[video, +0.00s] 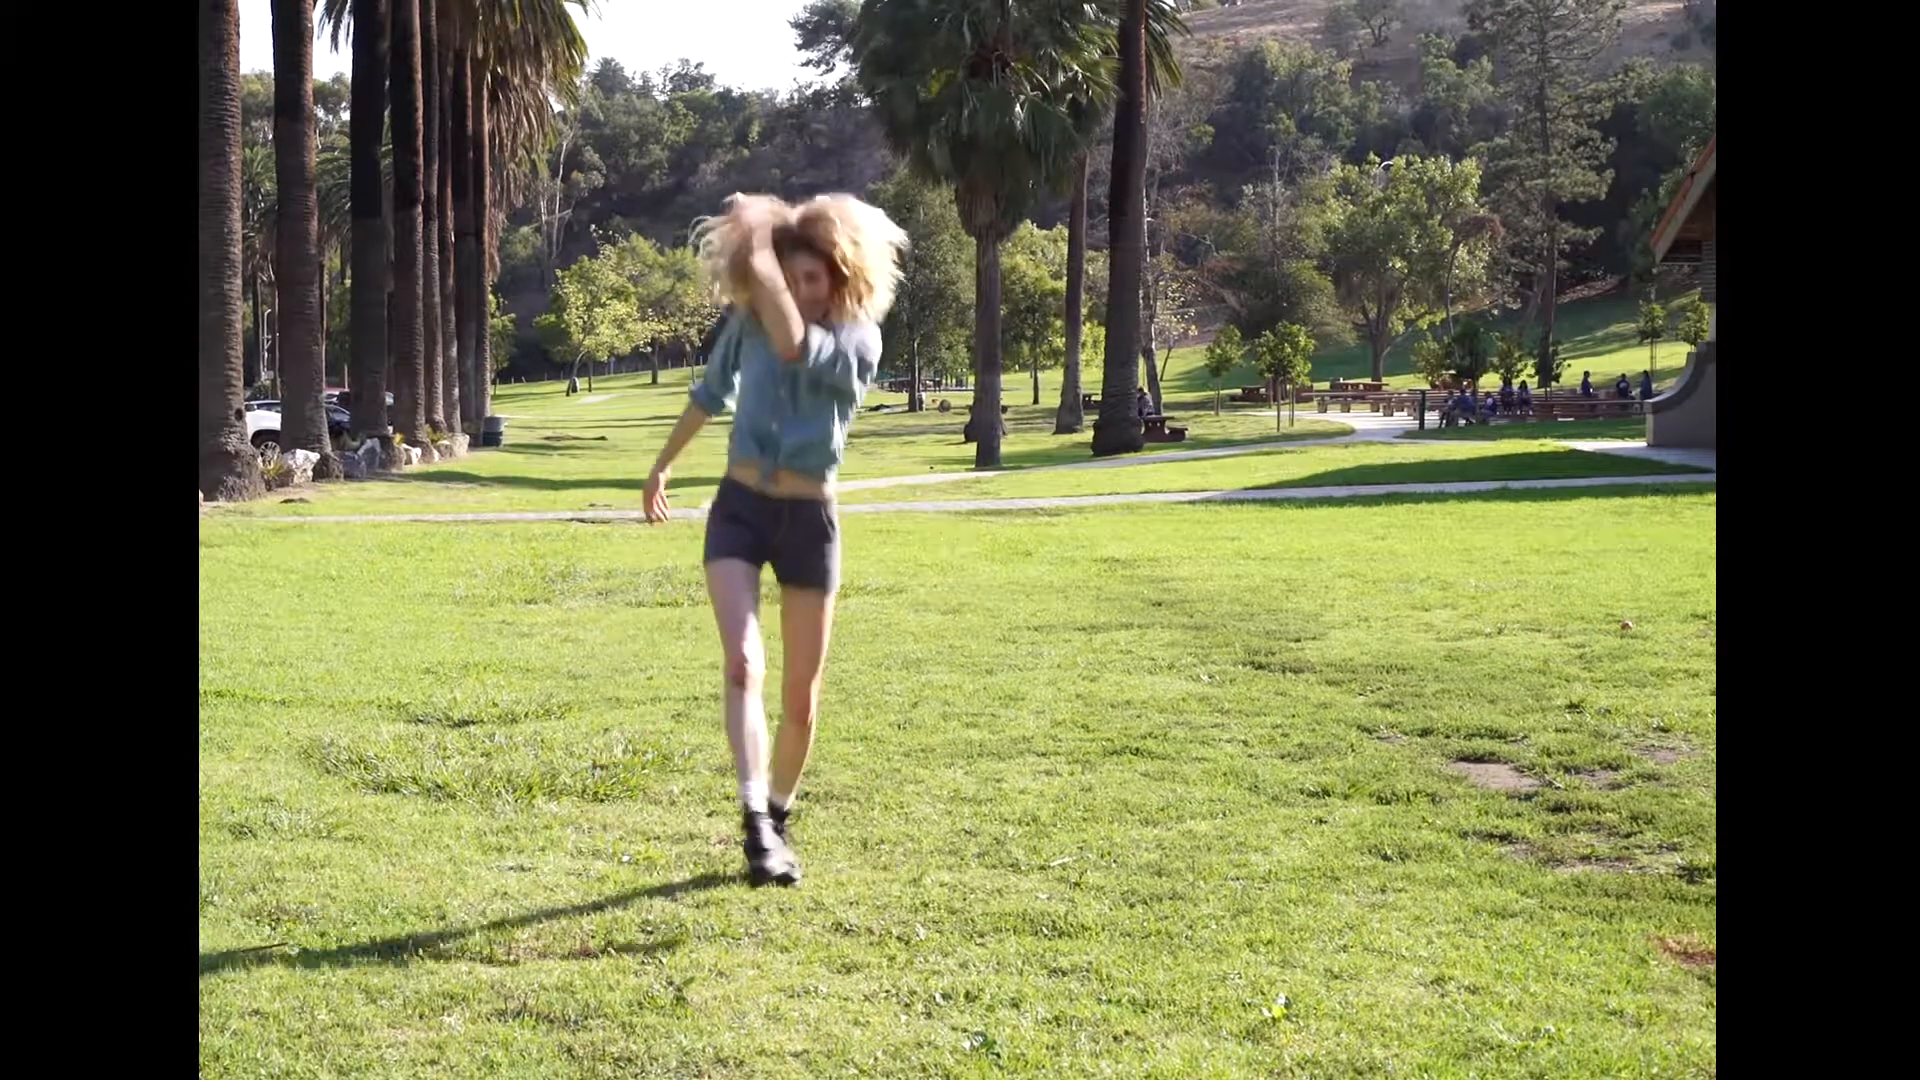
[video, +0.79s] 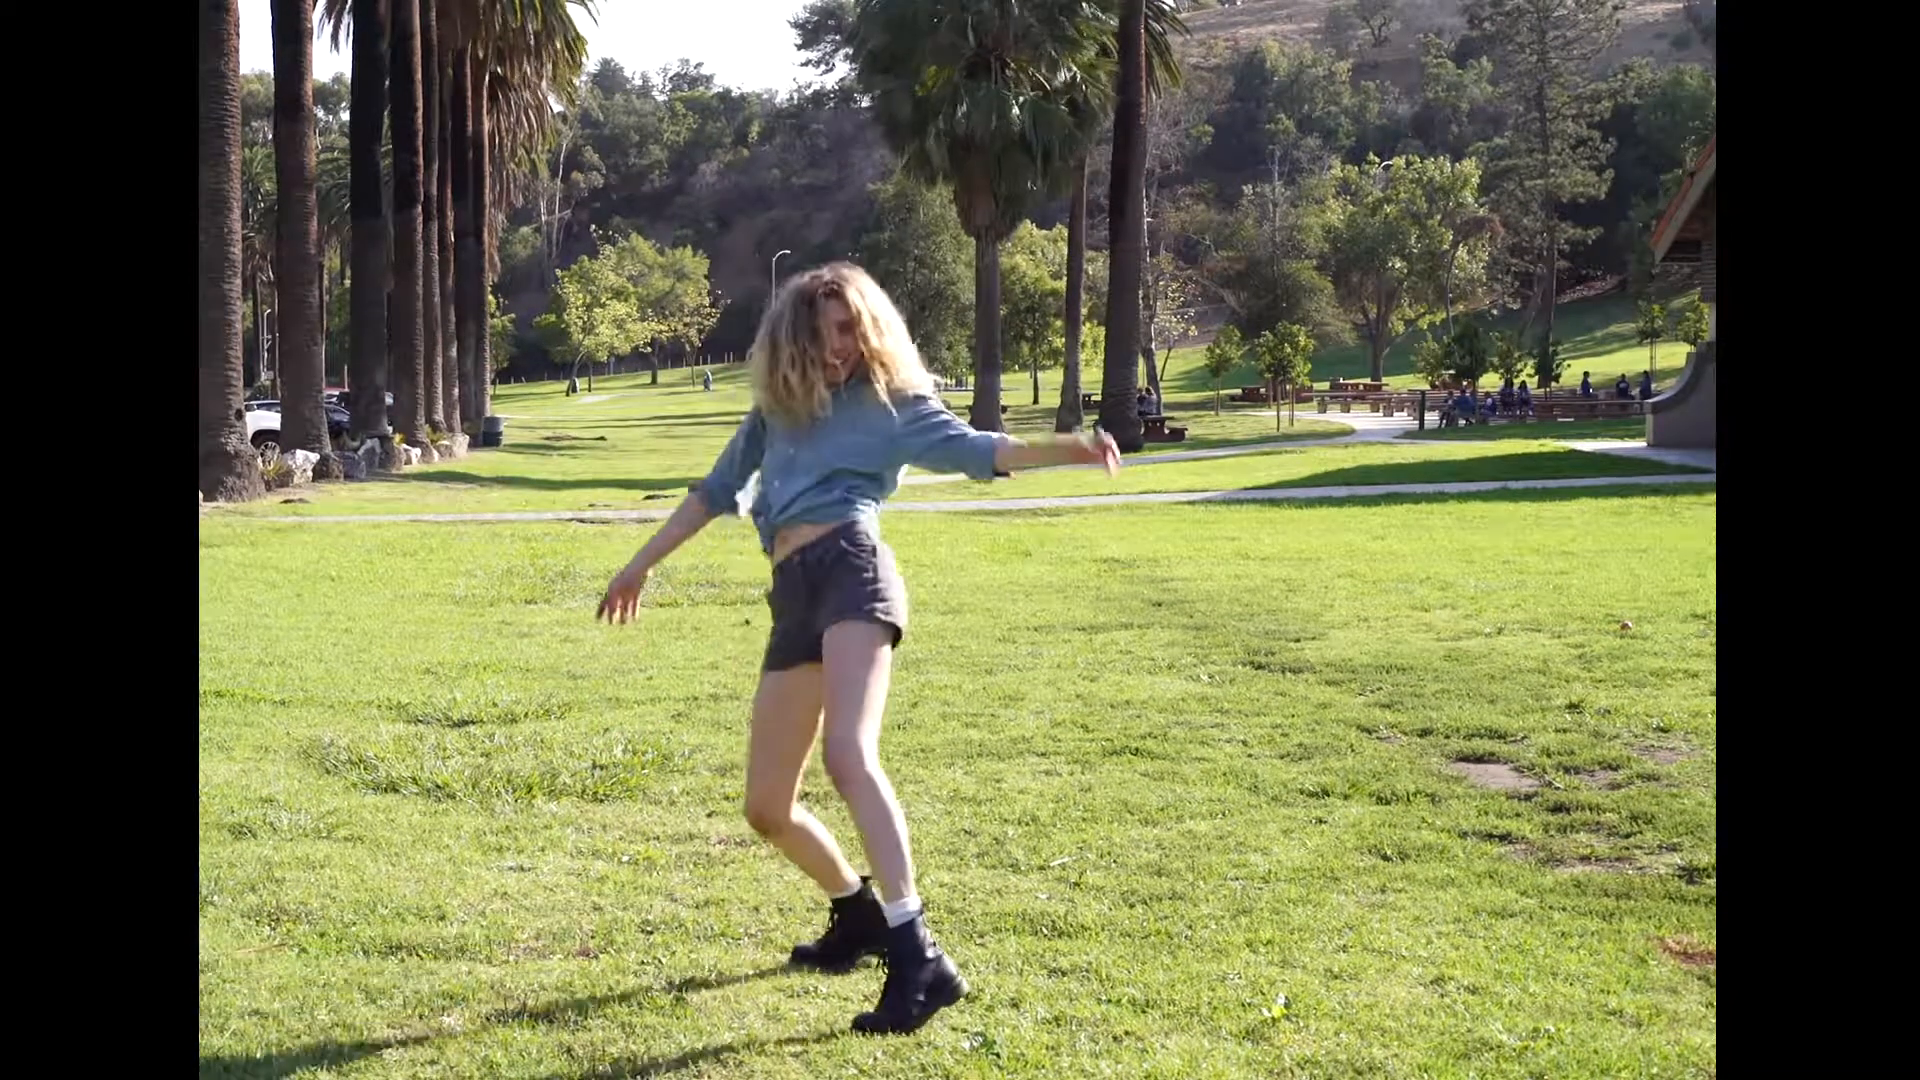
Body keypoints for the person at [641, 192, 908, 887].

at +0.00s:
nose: (802, 288)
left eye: (816, 273)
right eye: (791, 275)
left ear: (843, 276)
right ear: (775, 275)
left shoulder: (857, 339)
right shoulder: (746, 323)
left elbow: (793, 343)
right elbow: (706, 399)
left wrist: (759, 254)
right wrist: (661, 465)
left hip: (809, 520)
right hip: (737, 510)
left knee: (801, 698)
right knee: (743, 665)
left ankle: (776, 816)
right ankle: (757, 823)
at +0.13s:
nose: (806, 353)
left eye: (819, 340)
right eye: (795, 342)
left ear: (843, 344)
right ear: (778, 348)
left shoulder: (857, 403)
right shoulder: (761, 402)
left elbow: (776, 402)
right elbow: (725, 450)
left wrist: (676, 381)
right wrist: (697, 501)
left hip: (821, 580)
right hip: (750, 576)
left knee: (801, 730)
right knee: (773, 704)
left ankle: (761, 831)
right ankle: (804, 852)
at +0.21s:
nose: (807, 355)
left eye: (818, 340)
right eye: (794, 343)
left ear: (839, 343)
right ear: (777, 352)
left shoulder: (856, 402)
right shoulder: (767, 410)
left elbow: (766, 439)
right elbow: (752, 463)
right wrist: (736, 506)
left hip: (832, 591)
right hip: (761, 585)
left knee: (812, 748)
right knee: (783, 731)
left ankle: (770, 827)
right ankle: (833, 891)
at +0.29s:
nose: (803, 348)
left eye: (814, 334)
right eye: (792, 338)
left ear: (839, 338)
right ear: (779, 348)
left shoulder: (848, 406)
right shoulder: (770, 412)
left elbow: (822, 482)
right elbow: (767, 483)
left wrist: (795, 554)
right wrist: (747, 515)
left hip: (840, 593)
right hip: (764, 585)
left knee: (842, 781)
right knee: (799, 752)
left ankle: (787, 787)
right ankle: (843, 911)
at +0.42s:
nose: (804, 358)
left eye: (815, 342)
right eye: (790, 347)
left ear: (835, 343)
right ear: (770, 354)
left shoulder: (859, 410)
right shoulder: (775, 428)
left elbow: (921, 493)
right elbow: (749, 524)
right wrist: (697, 583)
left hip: (840, 613)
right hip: (764, 608)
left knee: (829, 784)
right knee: (781, 786)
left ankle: (879, 816)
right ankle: (839, 912)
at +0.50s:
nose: (812, 360)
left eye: (823, 344)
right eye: (798, 349)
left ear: (843, 347)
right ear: (777, 357)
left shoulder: (871, 416)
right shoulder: (779, 443)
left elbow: (959, 474)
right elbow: (734, 536)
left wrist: (1036, 537)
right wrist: (658, 603)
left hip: (840, 613)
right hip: (771, 613)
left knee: (800, 743)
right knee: (762, 793)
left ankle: (906, 879)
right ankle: (840, 908)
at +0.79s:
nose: (838, 346)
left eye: (849, 331)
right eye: (824, 334)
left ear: (870, 331)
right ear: (799, 339)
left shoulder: (888, 403)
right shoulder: (773, 413)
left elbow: (978, 449)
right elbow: (713, 492)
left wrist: (1066, 446)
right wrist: (640, 564)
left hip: (854, 569)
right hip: (792, 594)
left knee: (848, 755)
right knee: (768, 806)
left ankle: (918, 958)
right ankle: (857, 912)